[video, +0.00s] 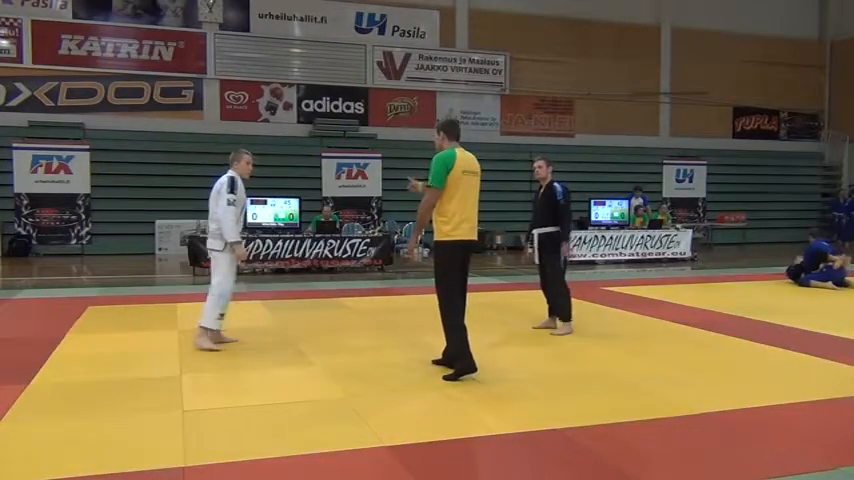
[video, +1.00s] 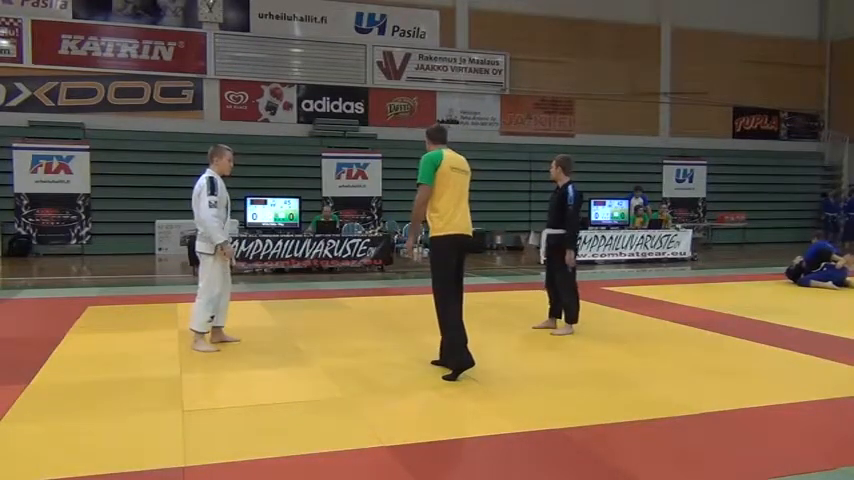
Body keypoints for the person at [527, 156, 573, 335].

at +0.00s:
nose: (536, 171)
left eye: (539, 167)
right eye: (535, 169)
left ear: (549, 169)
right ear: (535, 172)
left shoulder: (558, 189)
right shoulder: (538, 192)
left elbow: (565, 216)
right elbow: (535, 219)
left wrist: (565, 240)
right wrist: (529, 242)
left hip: (554, 239)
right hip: (540, 240)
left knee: (557, 280)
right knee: (545, 279)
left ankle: (566, 321)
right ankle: (551, 317)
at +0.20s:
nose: (541, 175)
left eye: (543, 171)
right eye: (539, 171)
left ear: (554, 169)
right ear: (546, 172)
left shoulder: (562, 190)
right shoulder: (545, 192)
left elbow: (557, 219)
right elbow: (540, 219)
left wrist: (545, 240)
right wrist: (531, 238)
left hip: (558, 241)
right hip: (544, 241)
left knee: (560, 280)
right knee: (547, 280)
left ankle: (567, 322)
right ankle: (551, 317)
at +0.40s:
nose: (545, 174)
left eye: (547, 170)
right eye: (544, 170)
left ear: (558, 170)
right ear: (550, 171)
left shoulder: (566, 190)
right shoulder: (550, 192)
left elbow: (560, 218)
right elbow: (545, 217)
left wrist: (540, 234)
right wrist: (537, 236)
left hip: (560, 241)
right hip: (547, 241)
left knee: (563, 280)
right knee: (549, 280)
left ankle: (569, 322)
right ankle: (552, 317)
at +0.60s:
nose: (547, 171)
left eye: (549, 168)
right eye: (547, 168)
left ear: (558, 169)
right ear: (557, 170)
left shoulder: (568, 190)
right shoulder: (553, 190)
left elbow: (563, 219)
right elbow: (548, 217)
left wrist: (551, 242)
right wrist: (542, 240)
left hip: (561, 239)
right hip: (549, 238)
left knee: (564, 280)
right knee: (550, 280)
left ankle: (569, 323)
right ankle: (552, 317)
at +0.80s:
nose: (548, 171)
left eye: (550, 168)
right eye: (549, 168)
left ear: (558, 169)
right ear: (560, 169)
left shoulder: (569, 190)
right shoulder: (557, 190)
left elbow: (569, 222)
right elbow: (552, 222)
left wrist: (568, 247)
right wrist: (545, 246)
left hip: (561, 240)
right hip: (550, 240)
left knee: (564, 281)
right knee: (551, 280)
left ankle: (569, 323)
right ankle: (552, 317)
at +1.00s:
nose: (550, 171)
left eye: (552, 167)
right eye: (551, 167)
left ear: (559, 169)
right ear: (561, 170)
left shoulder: (570, 191)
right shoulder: (558, 191)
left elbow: (572, 222)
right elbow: (553, 222)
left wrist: (570, 248)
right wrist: (546, 247)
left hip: (563, 241)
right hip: (552, 240)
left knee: (565, 282)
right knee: (552, 281)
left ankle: (569, 323)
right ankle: (552, 318)